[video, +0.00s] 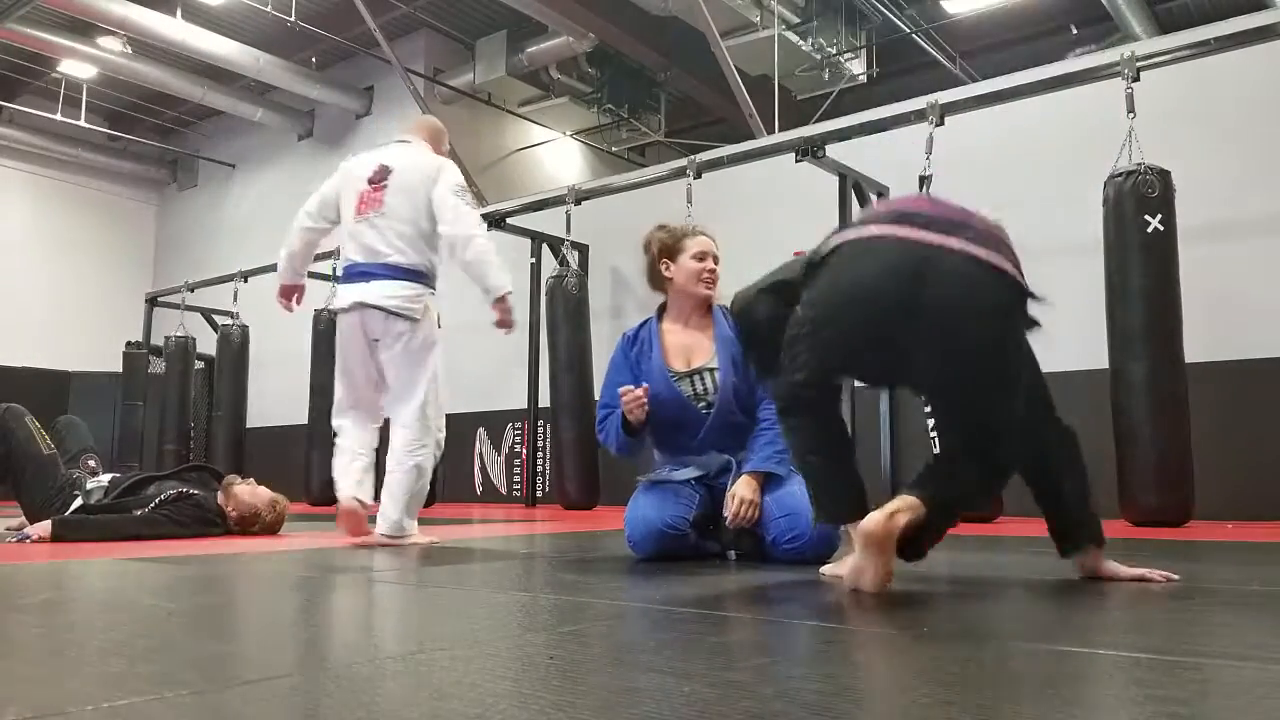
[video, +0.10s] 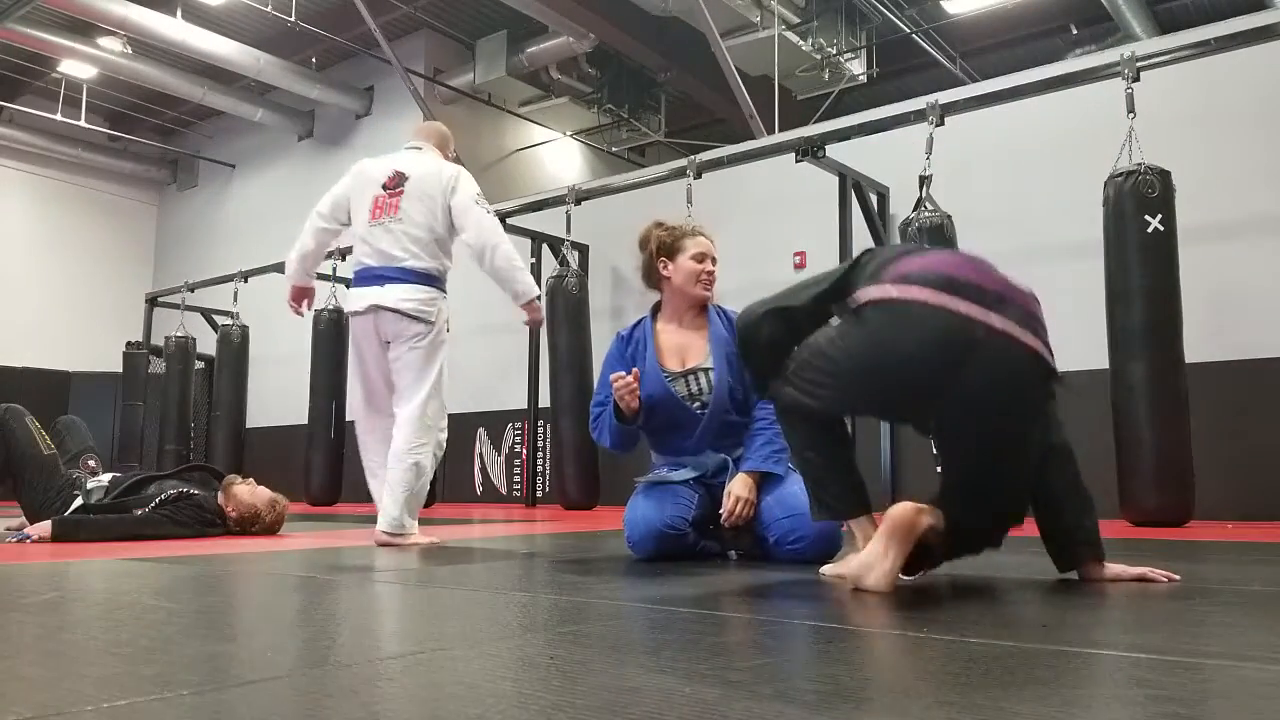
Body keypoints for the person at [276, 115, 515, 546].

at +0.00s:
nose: (444, 159)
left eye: (444, 154)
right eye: (446, 153)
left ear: (407, 134)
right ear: (439, 146)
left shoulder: (356, 165)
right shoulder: (440, 168)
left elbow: (309, 220)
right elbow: (462, 231)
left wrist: (290, 273)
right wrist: (498, 289)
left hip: (350, 303)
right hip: (404, 304)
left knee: (355, 410)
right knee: (416, 415)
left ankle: (351, 493)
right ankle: (395, 525)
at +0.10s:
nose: (453, 162)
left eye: (453, 158)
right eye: (454, 157)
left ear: (412, 142)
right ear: (446, 151)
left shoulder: (365, 170)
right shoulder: (451, 175)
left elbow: (322, 220)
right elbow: (486, 238)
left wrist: (301, 276)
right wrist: (527, 295)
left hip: (362, 304)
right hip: (415, 304)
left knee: (372, 412)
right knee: (416, 411)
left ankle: (392, 513)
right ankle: (394, 522)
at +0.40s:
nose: (451, 174)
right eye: (450, 168)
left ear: (409, 170)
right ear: (448, 169)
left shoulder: (381, 200)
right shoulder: (469, 200)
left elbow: (354, 256)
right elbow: (492, 261)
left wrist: (348, 312)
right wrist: (512, 318)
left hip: (392, 320)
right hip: (443, 319)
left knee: (405, 415)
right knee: (446, 412)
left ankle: (426, 516)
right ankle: (416, 494)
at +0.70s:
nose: (414, 186)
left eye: (414, 181)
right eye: (417, 181)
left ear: (418, 182)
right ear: (453, 181)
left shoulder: (397, 214)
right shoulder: (481, 216)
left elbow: (370, 268)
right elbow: (502, 274)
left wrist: (367, 316)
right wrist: (505, 328)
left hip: (407, 329)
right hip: (460, 329)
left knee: (409, 419)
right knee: (472, 417)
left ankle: (418, 516)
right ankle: (482, 510)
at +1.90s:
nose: (375, 229)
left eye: (379, 224)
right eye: (377, 223)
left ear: (395, 227)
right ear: (410, 227)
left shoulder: (384, 261)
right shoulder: (439, 262)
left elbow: (364, 313)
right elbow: (454, 317)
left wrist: (345, 348)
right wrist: (449, 357)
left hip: (394, 355)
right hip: (430, 355)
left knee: (402, 431)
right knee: (415, 429)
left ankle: (423, 507)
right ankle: (423, 499)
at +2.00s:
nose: (363, 232)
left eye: (368, 227)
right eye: (365, 227)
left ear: (386, 232)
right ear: (397, 233)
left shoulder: (370, 263)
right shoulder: (426, 267)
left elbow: (350, 313)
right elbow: (441, 319)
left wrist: (331, 342)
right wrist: (440, 358)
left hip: (384, 357)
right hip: (419, 358)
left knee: (398, 434)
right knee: (389, 433)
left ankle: (422, 509)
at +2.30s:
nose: (331, 233)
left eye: (336, 229)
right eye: (333, 228)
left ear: (354, 235)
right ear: (360, 237)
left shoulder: (338, 267)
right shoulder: (384, 271)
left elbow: (320, 319)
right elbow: (393, 323)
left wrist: (290, 357)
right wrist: (389, 360)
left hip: (342, 360)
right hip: (373, 361)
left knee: (330, 435)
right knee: (353, 434)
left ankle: (390, 487)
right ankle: (341, 508)